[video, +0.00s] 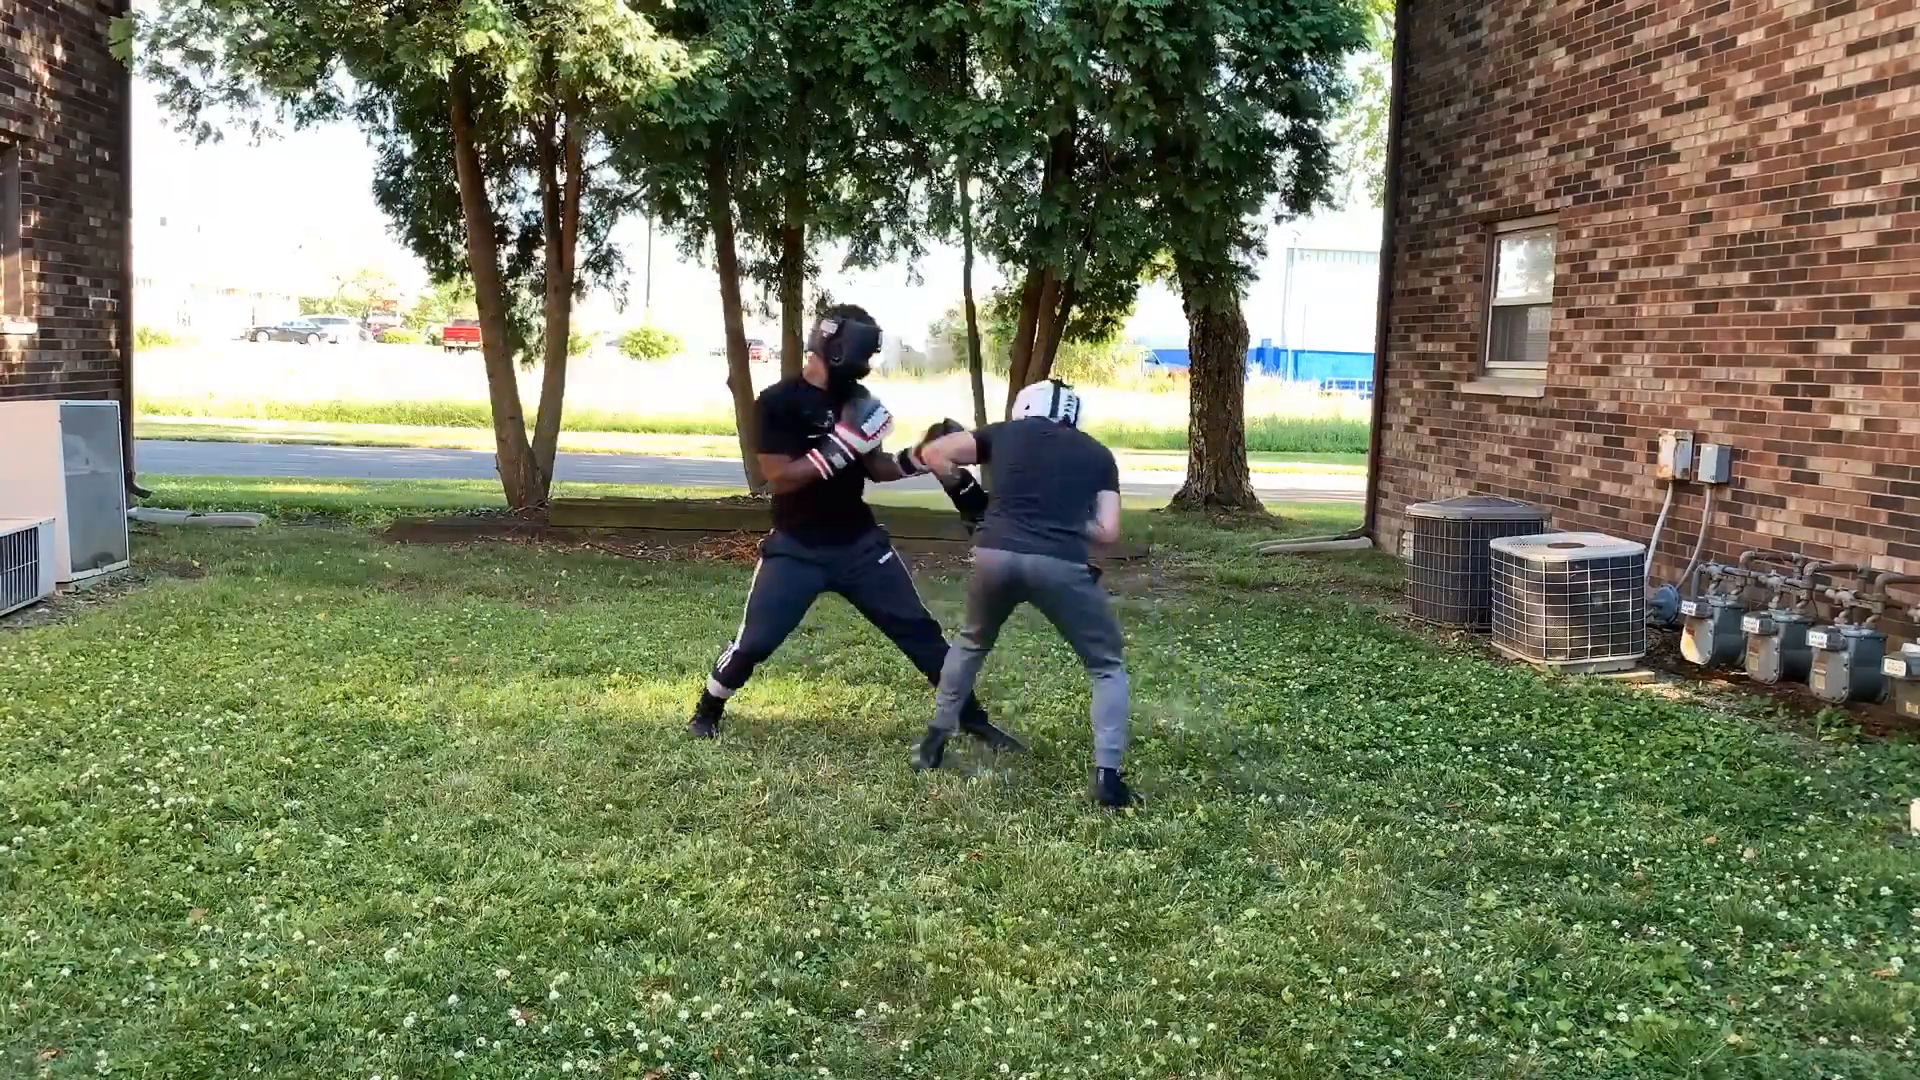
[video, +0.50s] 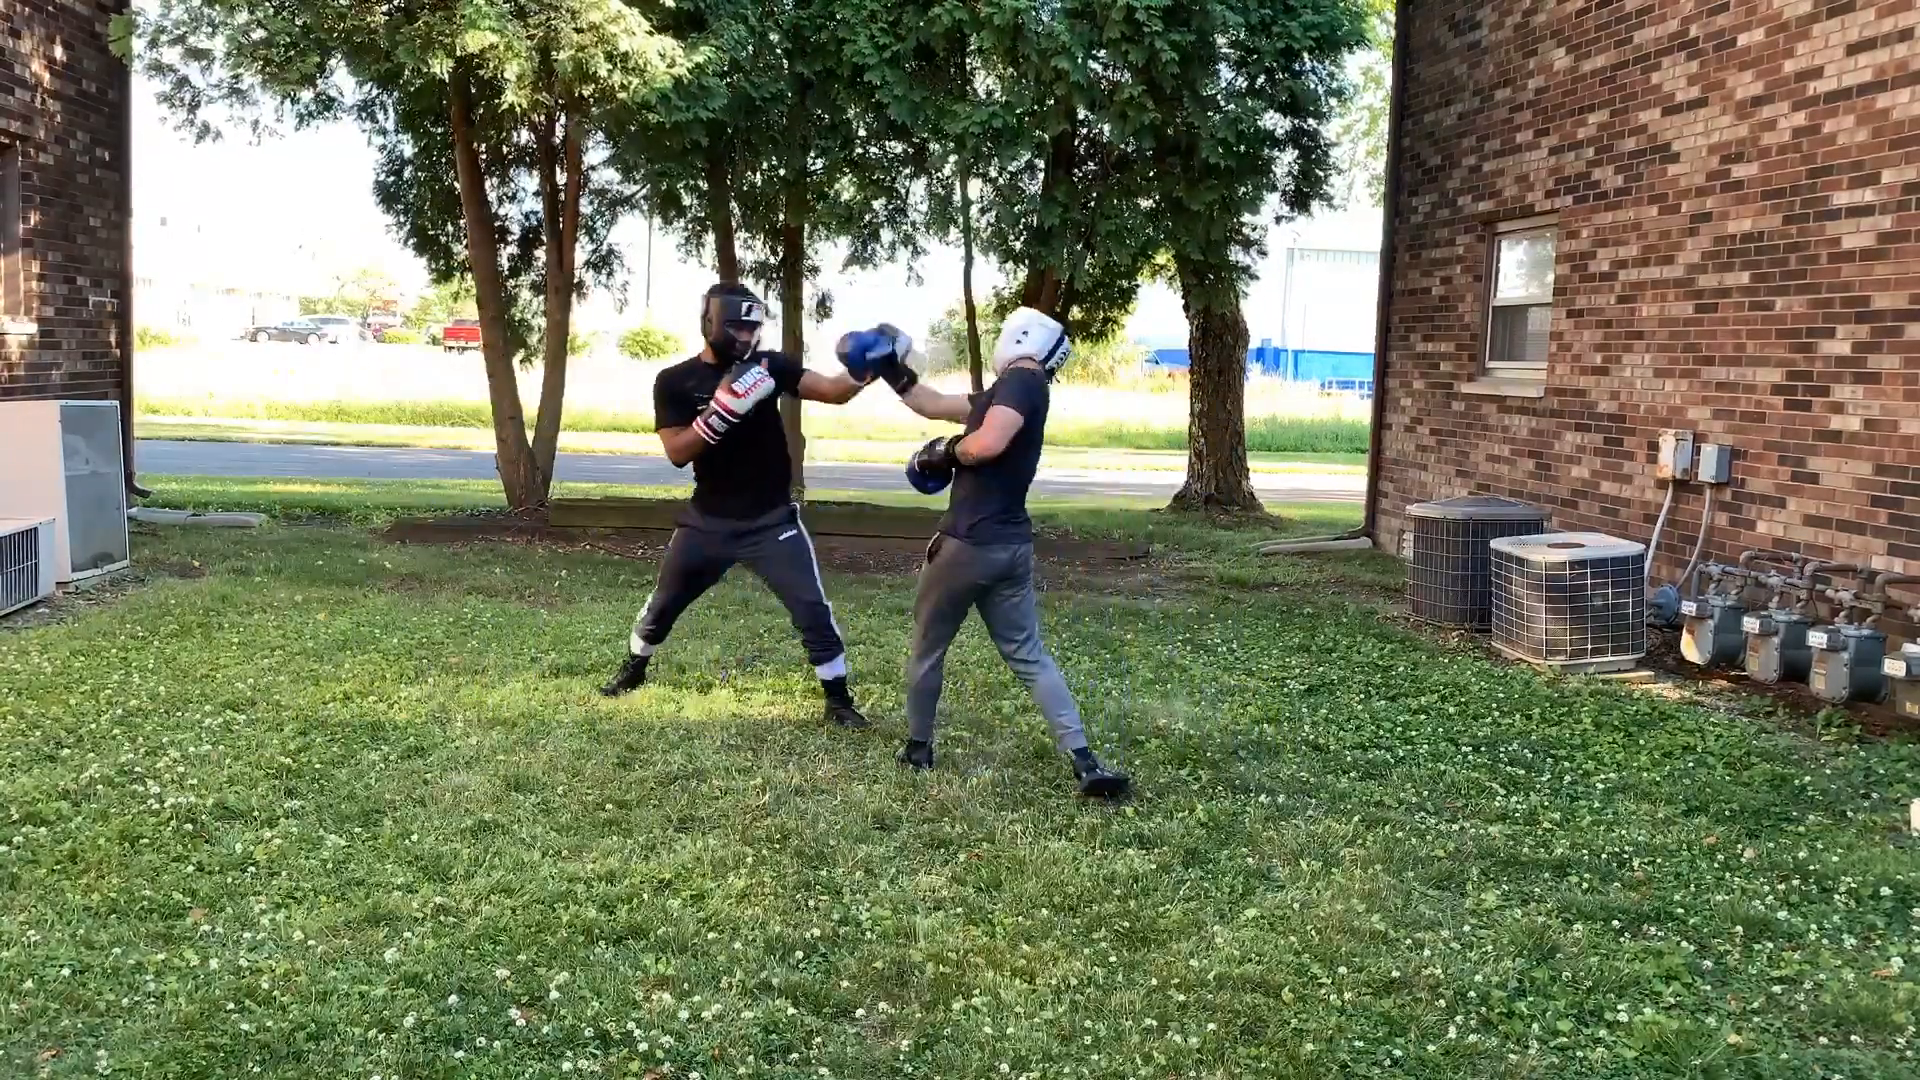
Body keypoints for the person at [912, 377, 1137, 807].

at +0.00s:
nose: (1011, 419)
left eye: (1014, 413)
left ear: (1023, 412)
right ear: (1073, 417)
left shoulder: (1004, 433)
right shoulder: (1098, 455)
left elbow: (934, 453)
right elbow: (1107, 532)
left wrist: (965, 493)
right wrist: (1067, 525)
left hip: (995, 556)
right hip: (1062, 566)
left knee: (972, 640)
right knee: (1107, 667)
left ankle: (935, 739)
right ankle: (1109, 776)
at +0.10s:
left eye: (1003, 409)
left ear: (1010, 411)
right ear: (1056, 418)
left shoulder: (988, 437)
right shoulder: (1080, 459)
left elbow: (928, 468)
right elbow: (1098, 532)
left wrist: (949, 503)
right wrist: (1059, 540)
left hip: (976, 571)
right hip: (1043, 581)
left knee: (951, 647)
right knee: (1093, 673)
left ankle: (924, 744)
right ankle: (1104, 781)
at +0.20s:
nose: (972, 405)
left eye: (976, 398)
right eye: (974, 398)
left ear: (986, 399)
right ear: (1032, 405)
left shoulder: (972, 423)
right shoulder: (1056, 451)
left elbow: (927, 452)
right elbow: (1079, 529)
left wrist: (937, 502)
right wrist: (1030, 535)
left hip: (968, 567)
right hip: (1034, 576)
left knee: (933, 645)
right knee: (1072, 675)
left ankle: (920, 743)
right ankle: (1104, 779)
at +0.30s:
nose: (996, 357)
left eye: (1003, 351)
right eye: (1001, 352)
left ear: (1010, 359)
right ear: (1042, 378)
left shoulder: (997, 387)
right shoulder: (1031, 415)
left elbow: (961, 442)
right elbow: (991, 475)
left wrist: (939, 462)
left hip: (966, 555)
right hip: (1019, 560)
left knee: (924, 644)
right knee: (1041, 665)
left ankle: (920, 745)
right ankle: (1102, 764)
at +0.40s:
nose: (1006, 351)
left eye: (1012, 345)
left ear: (1017, 352)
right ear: (1055, 368)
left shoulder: (1025, 389)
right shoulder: (1000, 398)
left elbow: (988, 436)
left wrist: (944, 447)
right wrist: (879, 344)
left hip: (962, 548)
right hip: (1010, 552)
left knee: (921, 643)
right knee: (1033, 659)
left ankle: (920, 748)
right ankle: (1084, 767)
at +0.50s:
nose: (997, 344)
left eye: (1004, 337)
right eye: (1002, 338)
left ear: (1017, 341)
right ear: (1044, 354)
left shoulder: (1019, 382)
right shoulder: (1019, 391)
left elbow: (988, 443)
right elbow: (931, 403)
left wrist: (945, 452)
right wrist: (889, 365)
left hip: (969, 545)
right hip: (1011, 545)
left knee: (927, 647)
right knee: (1028, 654)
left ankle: (918, 749)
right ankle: (1085, 761)